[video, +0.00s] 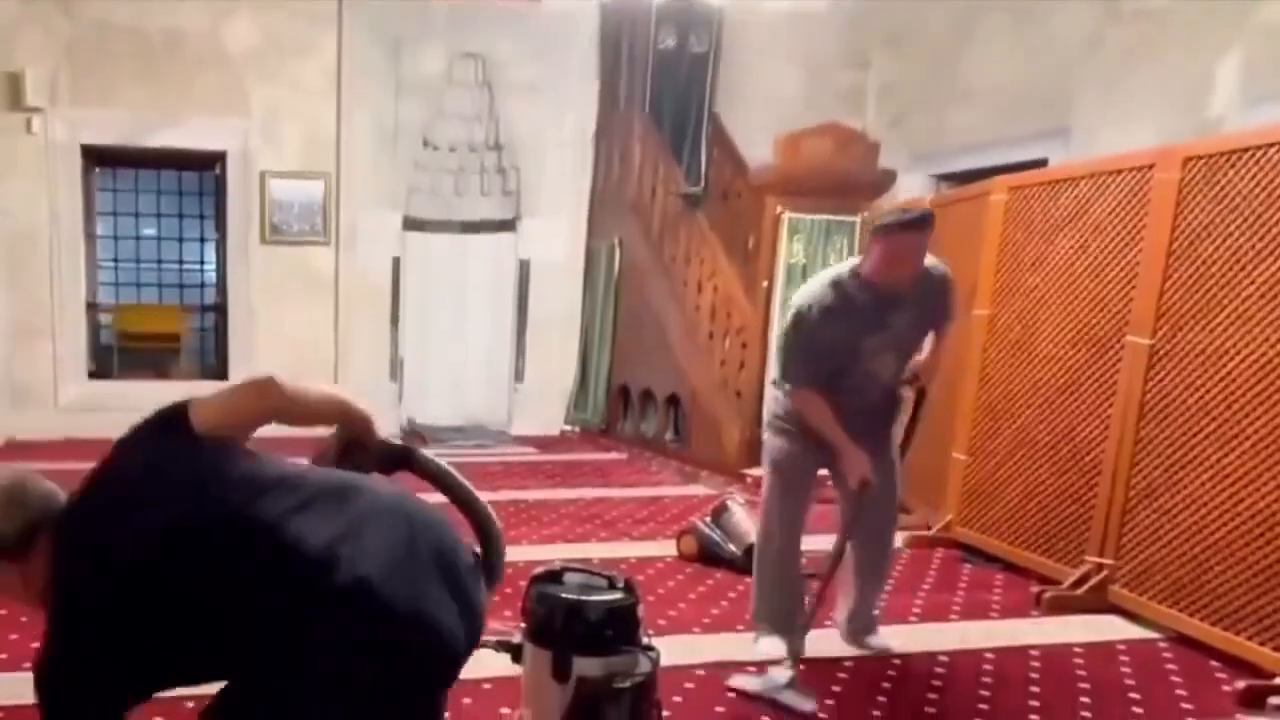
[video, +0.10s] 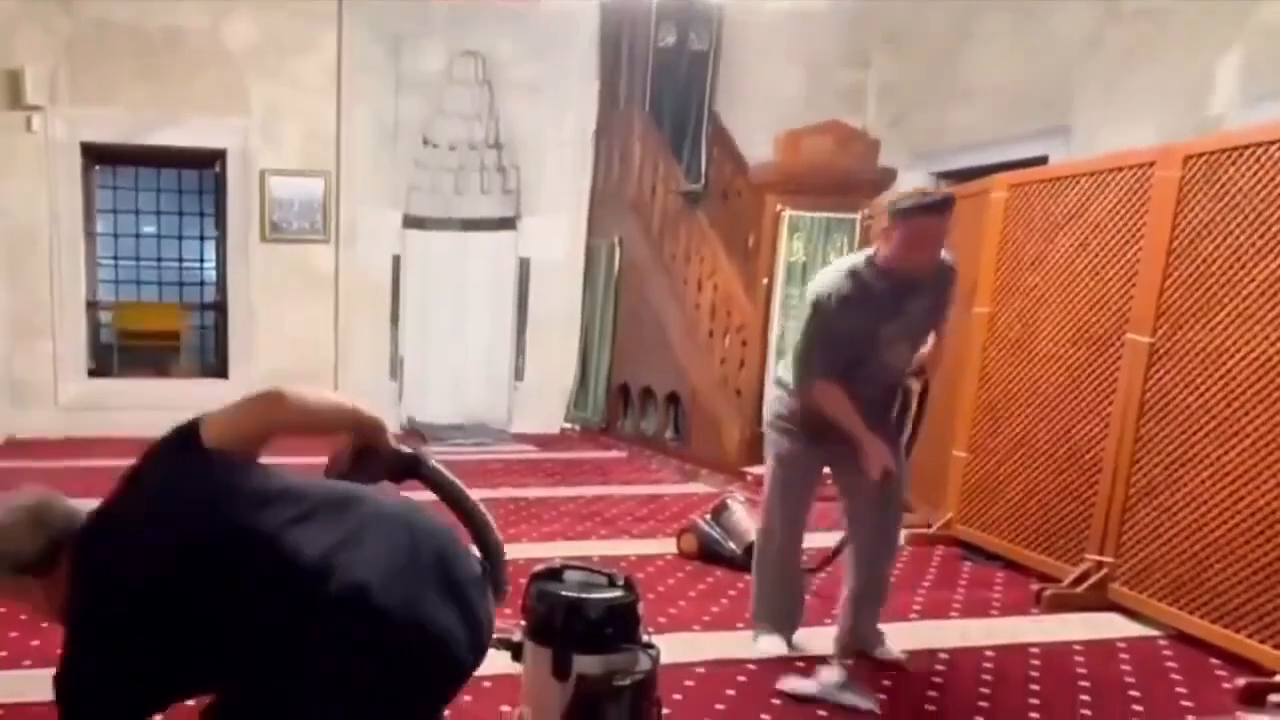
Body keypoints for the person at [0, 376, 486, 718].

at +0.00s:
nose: (15, 600)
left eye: (8, 583)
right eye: (8, 586)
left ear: (19, 563)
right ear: (58, 503)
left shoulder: (76, 666)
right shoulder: (141, 454)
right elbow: (268, 392)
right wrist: (354, 418)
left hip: (371, 646)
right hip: (437, 547)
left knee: (231, 703)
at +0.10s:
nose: (35, 616)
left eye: (24, 601)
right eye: (22, 606)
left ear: (39, 580)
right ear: (73, 512)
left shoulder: (95, 673)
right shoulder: (161, 470)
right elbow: (272, 407)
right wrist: (365, 425)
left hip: (382, 662)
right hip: (441, 556)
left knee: (231, 702)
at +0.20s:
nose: (37, 612)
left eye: (25, 595)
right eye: (23, 599)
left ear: (42, 575)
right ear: (81, 511)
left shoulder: (99, 669)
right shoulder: (172, 470)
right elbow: (285, 412)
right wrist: (382, 436)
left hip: (389, 659)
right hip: (445, 555)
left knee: (232, 702)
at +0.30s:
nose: (29, 589)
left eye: (22, 576)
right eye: (20, 578)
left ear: (41, 556)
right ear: (84, 491)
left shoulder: (90, 653)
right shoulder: (170, 457)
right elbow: (298, 404)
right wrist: (391, 441)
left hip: (378, 640)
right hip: (450, 544)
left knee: (227, 705)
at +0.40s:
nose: (19, 560)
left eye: (11, 543)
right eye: (9, 546)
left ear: (29, 527)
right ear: (73, 460)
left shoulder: (79, 625)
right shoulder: (165, 437)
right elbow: (305, 389)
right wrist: (392, 432)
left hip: (370, 629)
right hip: (452, 540)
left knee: (229, 703)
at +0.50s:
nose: (6, 529)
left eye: (1, 513)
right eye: (1, 515)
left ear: (16, 501)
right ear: (70, 441)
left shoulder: (60, 596)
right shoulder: (159, 420)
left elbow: (72, 710)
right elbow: (307, 379)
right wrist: (392, 428)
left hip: (365, 625)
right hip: (455, 545)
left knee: (234, 702)